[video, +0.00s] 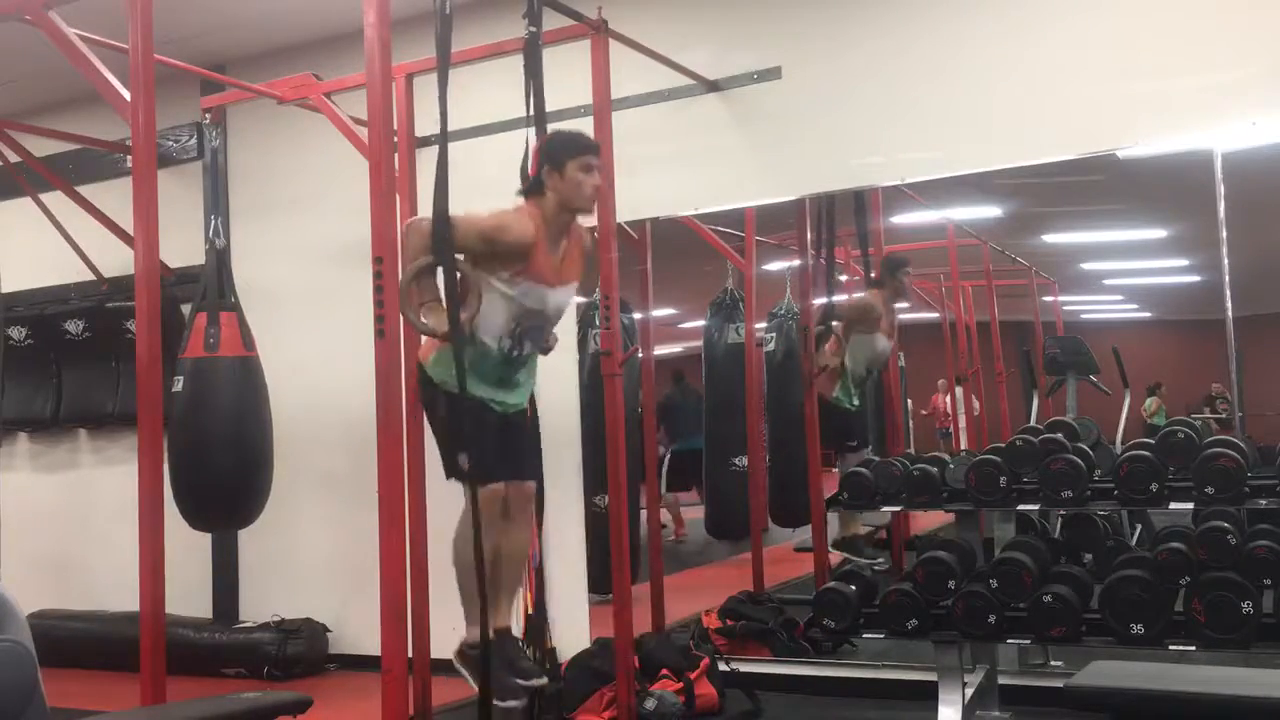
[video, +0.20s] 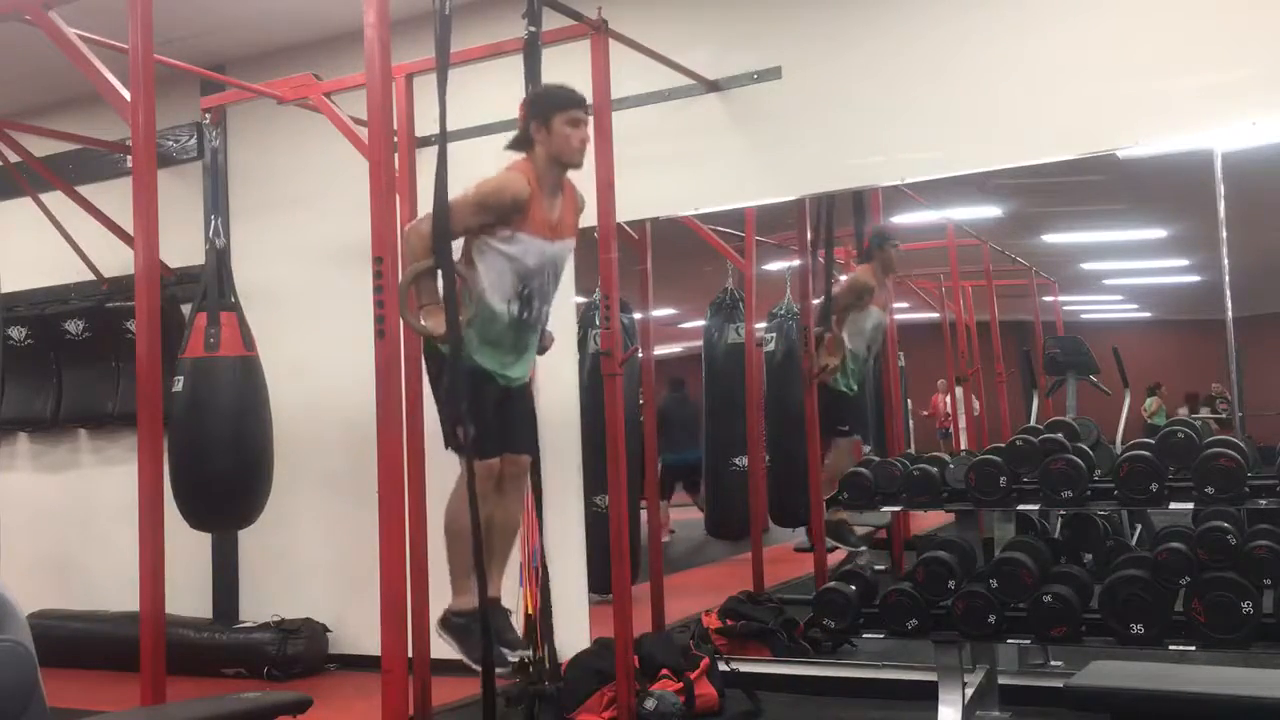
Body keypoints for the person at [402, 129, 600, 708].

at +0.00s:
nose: (596, 182)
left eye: (597, 171)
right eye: (584, 171)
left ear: (586, 181)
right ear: (550, 178)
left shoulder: (577, 239)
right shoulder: (513, 229)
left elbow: (536, 290)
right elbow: (416, 232)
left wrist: (543, 328)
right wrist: (425, 305)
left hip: (513, 384)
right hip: (459, 377)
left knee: (518, 499)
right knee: (491, 499)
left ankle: (496, 636)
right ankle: (479, 639)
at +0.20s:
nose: (585, 135)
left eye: (586, 125)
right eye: (573, 125)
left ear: (580, 135)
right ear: (536, 129)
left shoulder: (569, 197)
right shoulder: (507, 190)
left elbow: (532, 266)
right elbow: (414, 235)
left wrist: (535, 326)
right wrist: (425, 308)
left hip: (513, 353)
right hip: (466, 346)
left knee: (514, 468)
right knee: (483, 468)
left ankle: (490, 603)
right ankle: (461, 609)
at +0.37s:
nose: (580, 106)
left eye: (581, 96)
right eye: (569, 95)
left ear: (573, 105)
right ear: (532, 99)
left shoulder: (570, 172)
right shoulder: (504, 162)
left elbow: (543, 253)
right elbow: (429, 233)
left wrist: (546, 320)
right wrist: (422, 308)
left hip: (516, 339)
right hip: (467, 333)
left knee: (507, 451)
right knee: (475, 450)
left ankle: (486, 577)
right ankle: (456, 581)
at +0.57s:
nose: (572, 88)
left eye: (574, 79)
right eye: (562, 77)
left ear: (565, 86)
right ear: (527, 79)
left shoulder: (561, 155)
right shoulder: (497, 139)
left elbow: (537, 245)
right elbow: (447, 226)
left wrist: (550, 311)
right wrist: (447, 307)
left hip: (522, 319)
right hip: (481, 315)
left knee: (511, 437)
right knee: (487, 433)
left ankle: (497, 565)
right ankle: (467, 567)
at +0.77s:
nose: (566, 88)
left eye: (568, 79)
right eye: (556, 77)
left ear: (558, 86)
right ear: (520, 78)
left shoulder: (554, 156)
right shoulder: (492, 139)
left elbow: (538, 247)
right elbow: (450, 224)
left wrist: (546, 316)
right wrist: (436, 303)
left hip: (521, 314)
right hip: (477, 308)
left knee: (525, 430)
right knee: (500, 427)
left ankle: (530, 564)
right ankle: (502, 564)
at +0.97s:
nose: (562, 85)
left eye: (565, 76)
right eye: (551, 74)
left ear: (561, 85)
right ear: (516, 77)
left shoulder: (553, 153)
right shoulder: (492, 137)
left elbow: (545, 241)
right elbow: (461, 221)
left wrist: (551, 310)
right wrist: (450, 301)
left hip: (527, 313)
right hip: (480, 308)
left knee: (539, 430)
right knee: (512, 427)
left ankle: (562, 556)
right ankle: (536, 561)